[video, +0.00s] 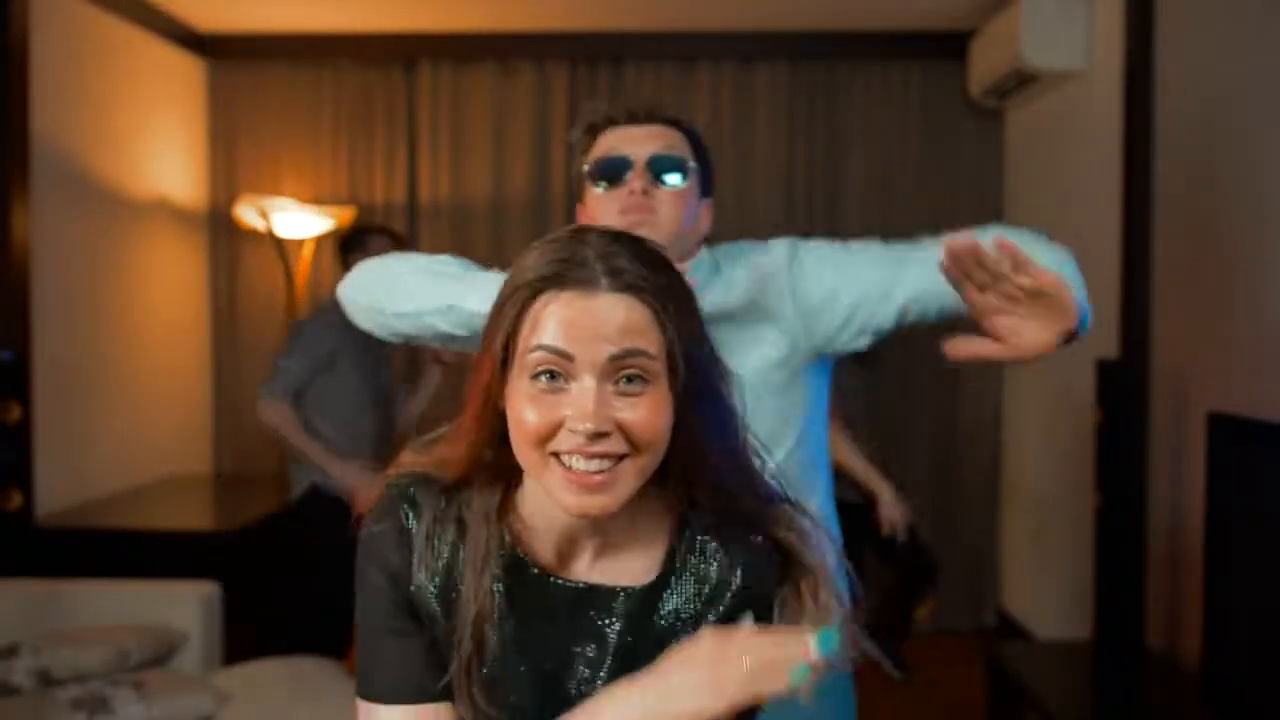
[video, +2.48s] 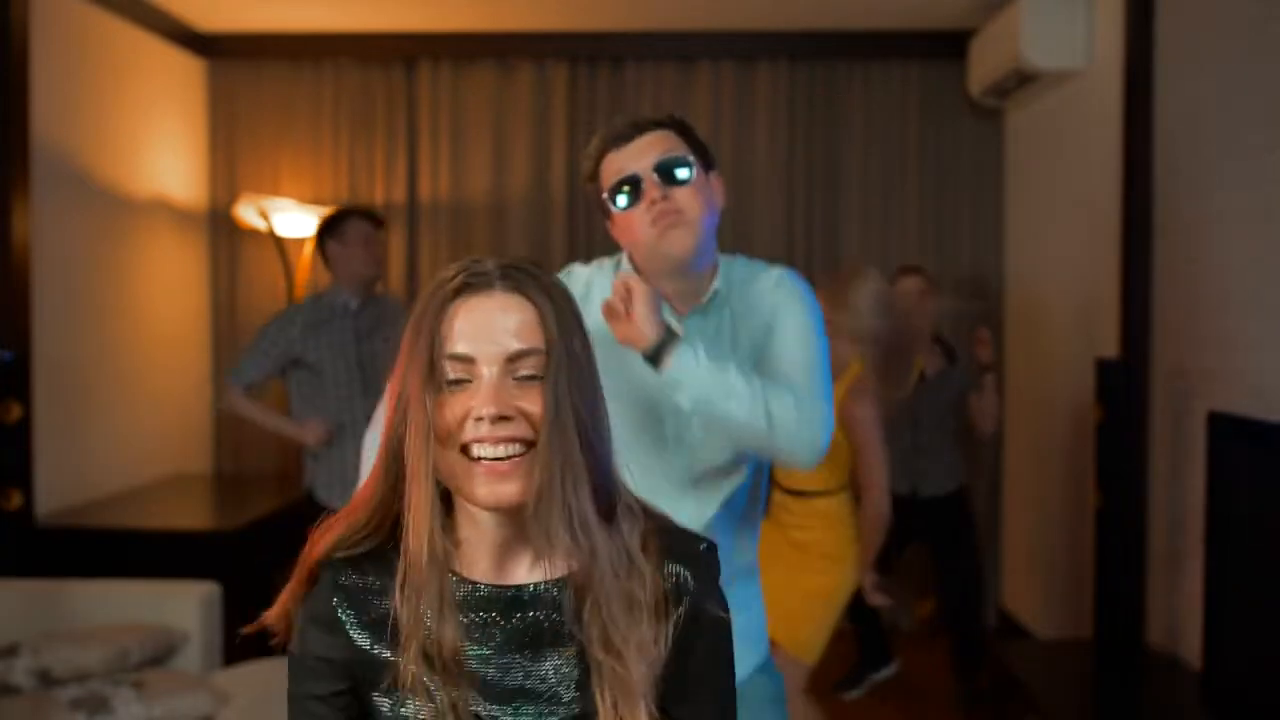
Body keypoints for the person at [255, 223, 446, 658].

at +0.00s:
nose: (384, 276)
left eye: (392, 264)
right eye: (374, 263)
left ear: (401, 268)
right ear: (352, 268)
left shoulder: (384, 334)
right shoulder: (325, 328)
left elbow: (394, 426)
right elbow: (272, 406)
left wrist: (431, 377)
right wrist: (348, 476)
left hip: (364, 503)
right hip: (323, 505)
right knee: (323, 631)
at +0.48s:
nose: (356, 254)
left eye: (358, 244)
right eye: (345, 244)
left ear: (361, 250)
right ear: (313, 250)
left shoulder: (378, 310)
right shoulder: (285, 321)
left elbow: (442, 349)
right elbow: (201, 375)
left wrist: (438, 298)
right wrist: (253, 428)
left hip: (386, 495)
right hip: (320, 498)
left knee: (390, 617)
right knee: (326, 621)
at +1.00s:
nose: (340, 271)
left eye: (339, 260)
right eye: (326, 265)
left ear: (345, 260)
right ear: (299, 277)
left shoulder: (379, 323)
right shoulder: (286, 346)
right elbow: (288, 445)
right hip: (319, 496)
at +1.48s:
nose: (388, 250)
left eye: (388, 240)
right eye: (376, 243)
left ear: (390, 246)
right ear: (348, 254)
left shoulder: (367, 301)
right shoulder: (346, 300)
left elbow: (361, 383)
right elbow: (356, 384)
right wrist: (426, 345)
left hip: (362, 472)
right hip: (338, 472)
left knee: (370, 591)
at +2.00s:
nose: (417, 267)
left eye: (419, 258)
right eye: (408, 256)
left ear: (418, 264)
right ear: (379, 259)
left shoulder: (409, 323)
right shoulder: (343, 308)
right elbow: (272, 361)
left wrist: (414, 444)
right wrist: (323, 438)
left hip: (394, 481)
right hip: (339, 481)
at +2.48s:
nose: (377, 251)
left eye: (378, 241)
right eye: (364, 241)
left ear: (383, 246)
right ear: (333, 251)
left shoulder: (397, 318)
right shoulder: (301, 323)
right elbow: (233, 394)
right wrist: (298, 430)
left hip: (397, 485)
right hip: (333, 491)